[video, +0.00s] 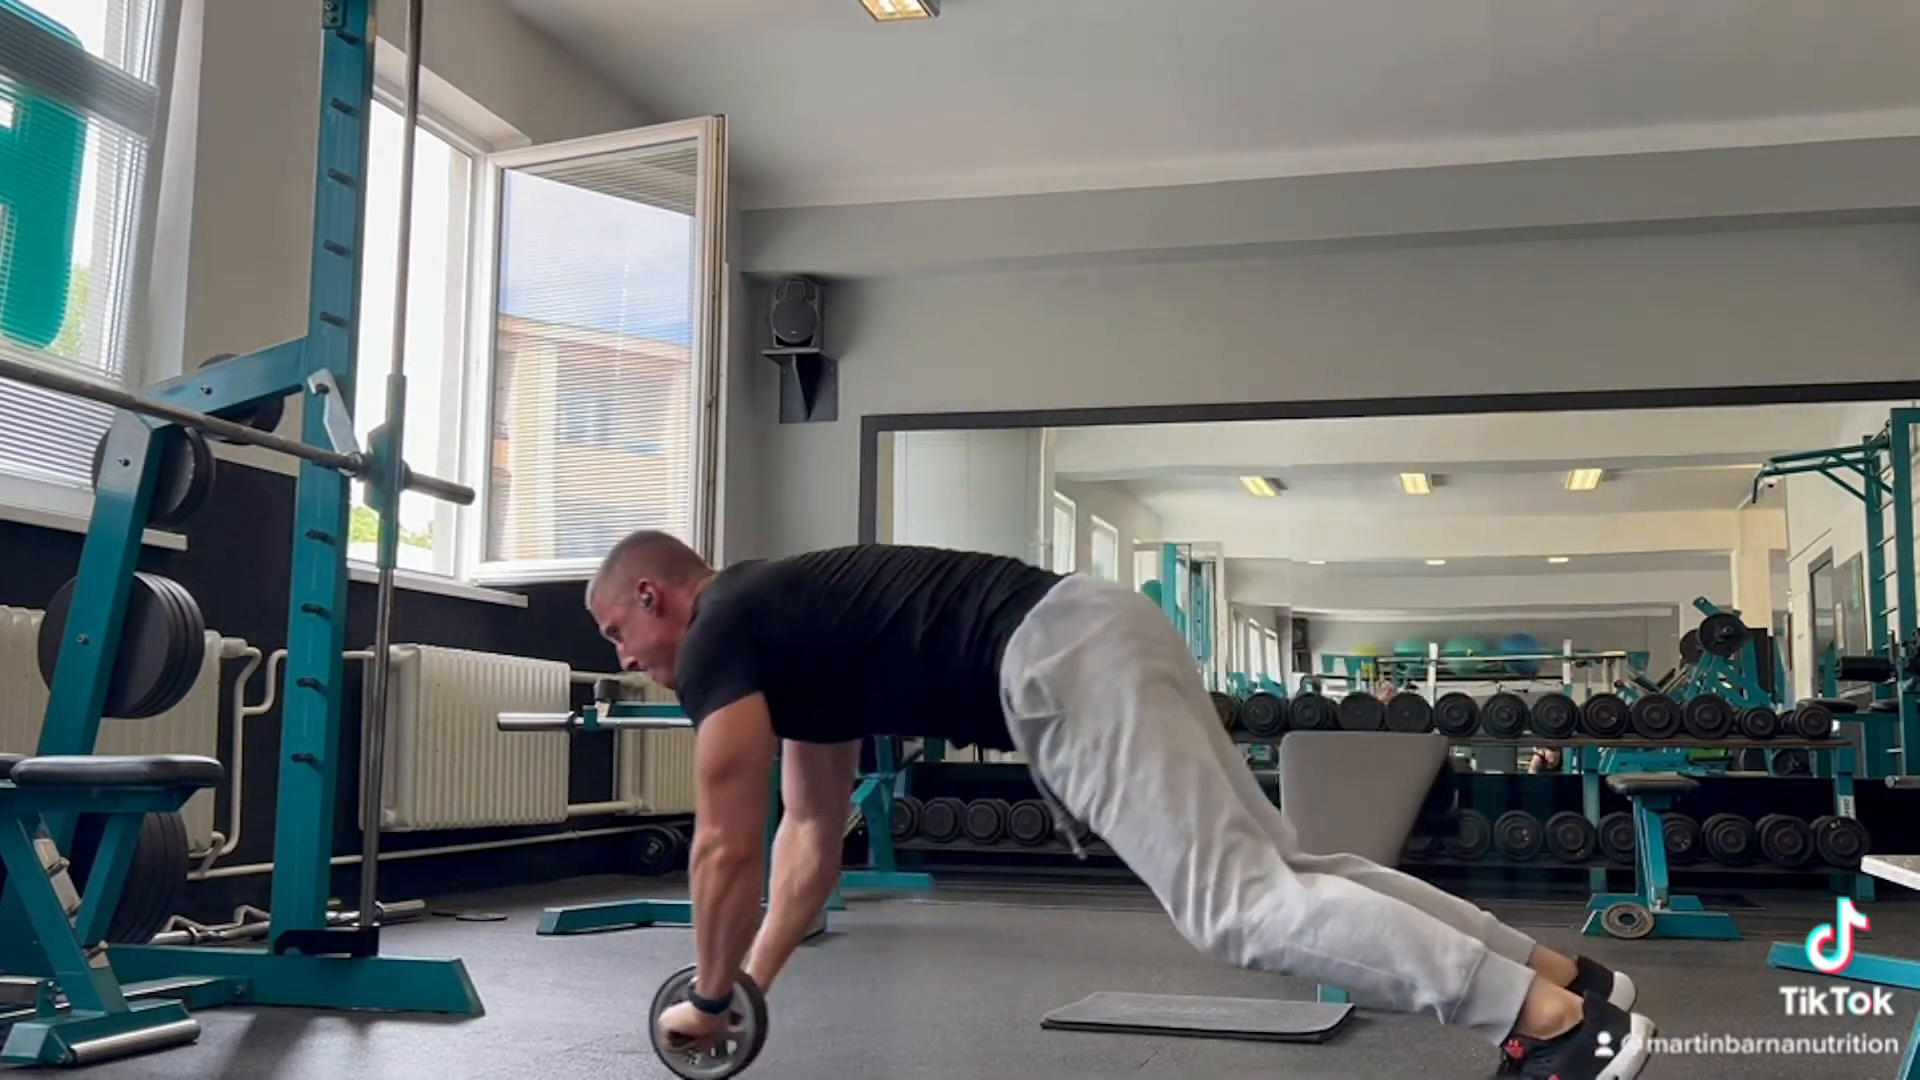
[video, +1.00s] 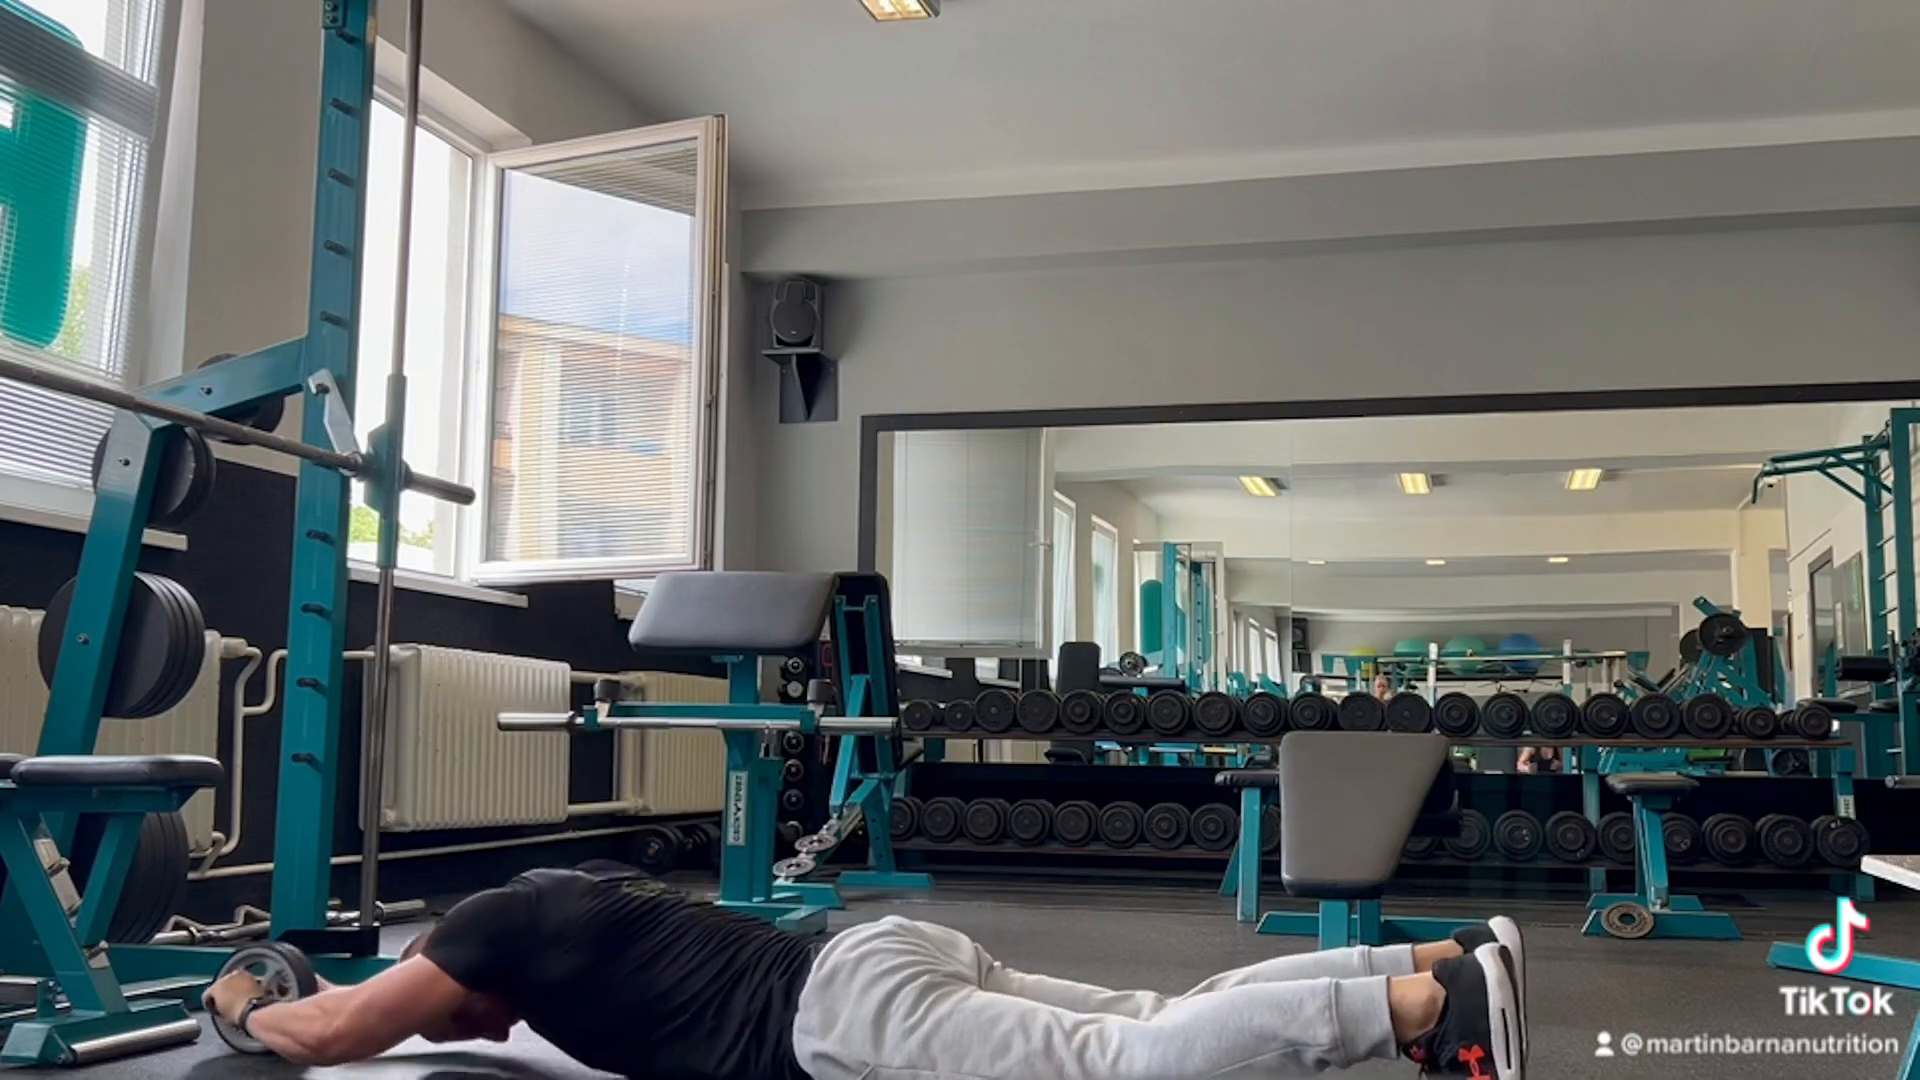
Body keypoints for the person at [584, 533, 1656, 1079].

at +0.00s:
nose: (627, 661)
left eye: (620, 638)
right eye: (617, 644)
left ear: (656, 599)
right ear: (689, 585)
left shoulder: (729, 629)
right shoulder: (800, 631)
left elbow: (729, 844)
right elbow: (811, 842)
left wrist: (711, 992)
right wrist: (749, 980)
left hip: (1060, 651)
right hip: (1094, 632)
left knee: (1237, 906)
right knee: (1268, 873)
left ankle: (1543, 1004)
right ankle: (1552, 980)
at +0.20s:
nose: (536, 713)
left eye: (525, 688)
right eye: (525, 698)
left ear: (552, 636)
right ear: (585, 626)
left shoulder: (615, 661)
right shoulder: (688, 667)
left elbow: (580, 876)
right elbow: (677, 873)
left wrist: (539, 1002)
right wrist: (580, 991)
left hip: (931, 780)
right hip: (972, 746)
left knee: (1151, 979)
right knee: (1190, 918)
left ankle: (1464, 1001)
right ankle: (1477, 964)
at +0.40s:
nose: (494, 823)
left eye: (480, 799)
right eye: (483, 810)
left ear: (498, 754)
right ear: (538, 725)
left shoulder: (561, 750)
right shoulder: (643, 733)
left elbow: (487, 953)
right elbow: (600, 933)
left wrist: (422, 1002)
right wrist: (488, 987)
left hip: (889, 879)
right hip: (939, 827)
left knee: (1120, 1033)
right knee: (1172, 967)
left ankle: (1431, 1016)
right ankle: (1461, 975)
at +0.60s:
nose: (465, 935)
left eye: (449, 921)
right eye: (461, 927)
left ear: (471, 865)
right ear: (514, 853)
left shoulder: (519, 849)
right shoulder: (611, 845)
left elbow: (397, 1009)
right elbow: (540, 978)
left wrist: (341, 1006)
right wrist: (413, 1004)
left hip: (870, 966)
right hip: (912, 896)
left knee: (1122, 1061)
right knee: (1159, 1003)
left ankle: (1416, 1025)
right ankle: (1448, 973)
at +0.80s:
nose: (429, 981)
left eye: (432, 959)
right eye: (427, 967)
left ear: (457, 911)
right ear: (520, 866)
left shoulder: (506, 915)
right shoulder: (598, 899)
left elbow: (329, 1041)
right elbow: (529, 1022)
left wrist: (263, 1008)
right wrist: (394, 1016)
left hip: (848, 999)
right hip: (880, 944)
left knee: (1127, 1058)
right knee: (1134, 1028)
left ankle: (1422, 1000)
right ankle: (1420, 1003)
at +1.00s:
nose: (425, 992)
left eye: (423, 974)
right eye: (420, 980)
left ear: (449, 926)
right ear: (518, 884)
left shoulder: (504, 923)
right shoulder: (591, 916)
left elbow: (326, 1038)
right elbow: (517, 1031)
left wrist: (254, 1010)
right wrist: (387, 1025)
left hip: (834, 1001)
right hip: (875, 943)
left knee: (1115, 1051)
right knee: (1120, 1023)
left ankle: (1408, 1003)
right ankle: (1406, 1002)